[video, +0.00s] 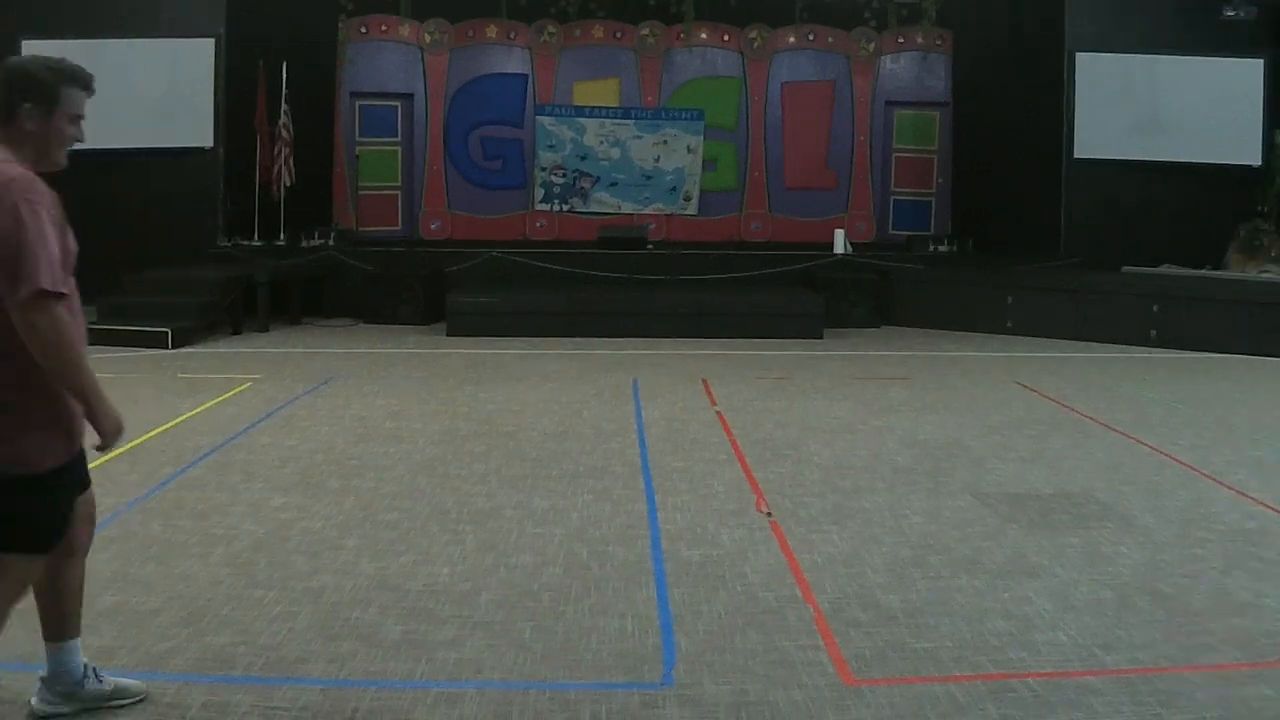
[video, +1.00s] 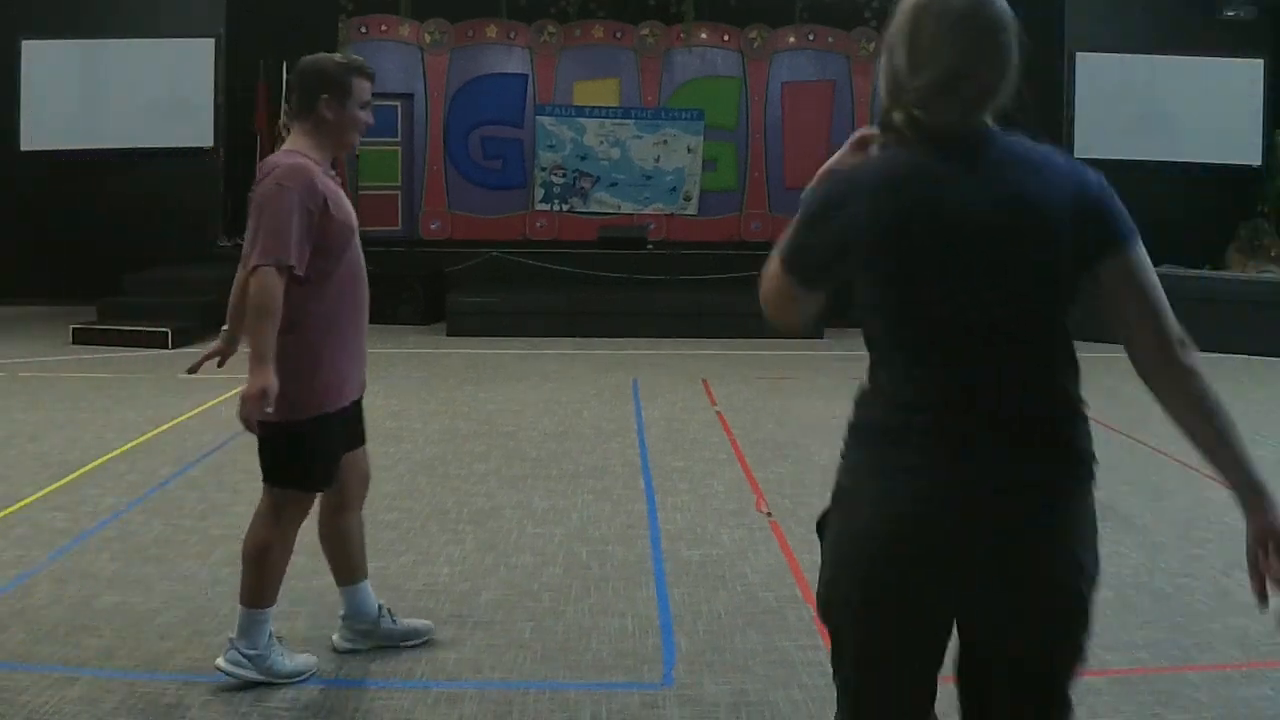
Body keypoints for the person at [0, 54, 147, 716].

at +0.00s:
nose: (79, 133)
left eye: (81, 119)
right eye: (72, 118)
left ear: (29, 118)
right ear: (28, 117)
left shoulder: (17, 184)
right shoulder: (22, 193)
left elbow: (32, 309)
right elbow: (37, 310)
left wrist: (73, 397)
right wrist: (96, 402)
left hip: (35, 412)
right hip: (24, 420)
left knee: (75, 520)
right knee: (21, 554)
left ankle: (66, 677)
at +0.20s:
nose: (140, 136)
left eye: (143, 122)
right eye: (135, 122)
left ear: (81, 119)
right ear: (96, 118)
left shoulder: (18, 187)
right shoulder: (101, 196)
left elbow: (15, 310)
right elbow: (121, 317)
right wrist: (172, 414)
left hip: (37, 403)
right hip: (97, 406)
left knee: (85, 524)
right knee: (152, 539)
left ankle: (70, 671)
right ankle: (48, 662)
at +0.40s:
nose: (195, 120)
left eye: (197, 107)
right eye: (188, 107)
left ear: (142, 106)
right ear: (151, 104)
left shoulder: (101, 166)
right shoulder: (143, 172)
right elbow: (165, 284)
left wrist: (235, 290)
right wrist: (248, 353)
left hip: (102, 384)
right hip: (165, 389)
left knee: (109, 510)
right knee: (201, 515)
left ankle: (76, 661)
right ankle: (226, 659)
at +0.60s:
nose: (257, 130)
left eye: (258, 117)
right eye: (250, 116)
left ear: (207, 118)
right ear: (212, 116)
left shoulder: (187, 180)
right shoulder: (192, 188)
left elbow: (240, 274)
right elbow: (217, 294)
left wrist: (314, 299)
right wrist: (286, 377)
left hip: (204, 385)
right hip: (228, 387)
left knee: (223, 504)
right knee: (259, 508)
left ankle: (129, 615)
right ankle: (247, 656)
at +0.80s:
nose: (318, 120)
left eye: (320, 108)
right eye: (312, 107)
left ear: (273, 108)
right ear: (273, 106)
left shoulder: (262, 170)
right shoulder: (240, 178)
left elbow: (254, 284)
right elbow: (232, 290)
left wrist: (292, 370)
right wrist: (251, 383)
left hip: (292, 377)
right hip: (268, 386)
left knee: (320, 478)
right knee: (270, 510)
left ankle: (265, 605)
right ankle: (249, 651)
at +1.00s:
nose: (369, 120)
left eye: (370, 108)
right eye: (363, 107)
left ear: (322, 109)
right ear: (325, 107)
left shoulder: (305, 169)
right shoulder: (291, 177)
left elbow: (256, 262)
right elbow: (269, 274)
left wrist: (232, 333)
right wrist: (262, 367)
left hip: (333, 379)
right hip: (301, 386)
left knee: (348, 484)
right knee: (284, 506)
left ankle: (361, 618)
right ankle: (250, 645)